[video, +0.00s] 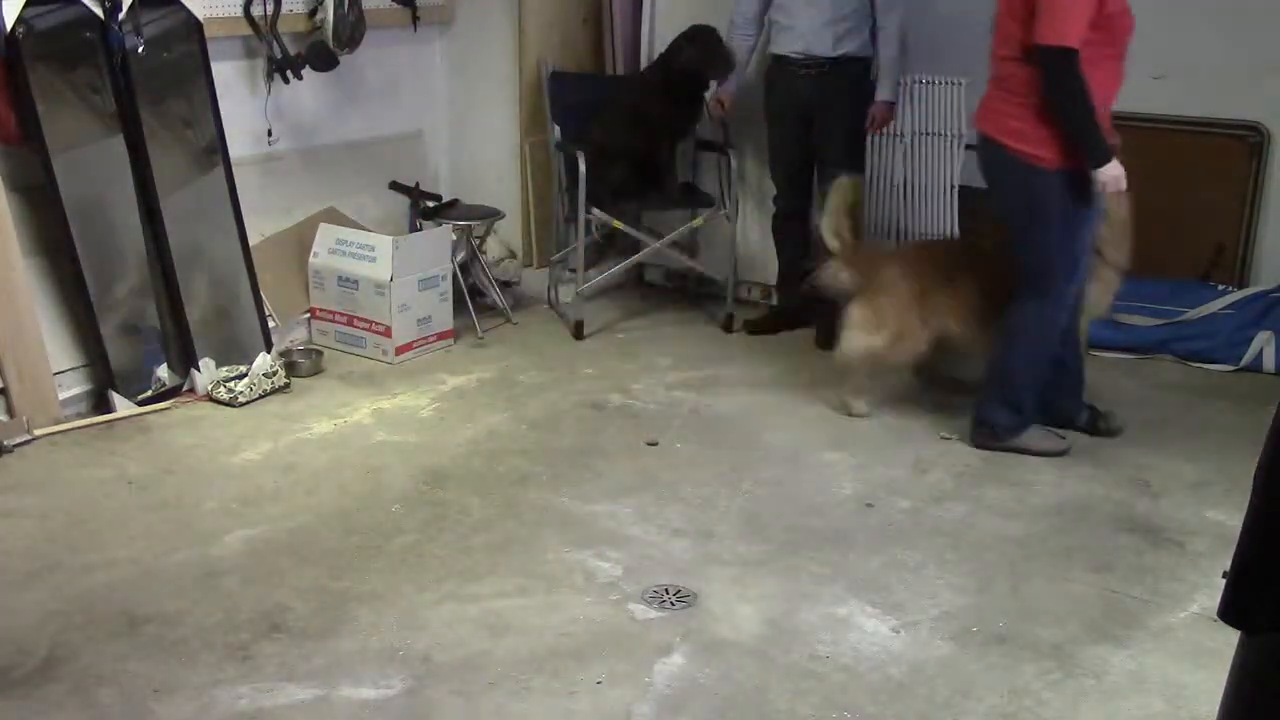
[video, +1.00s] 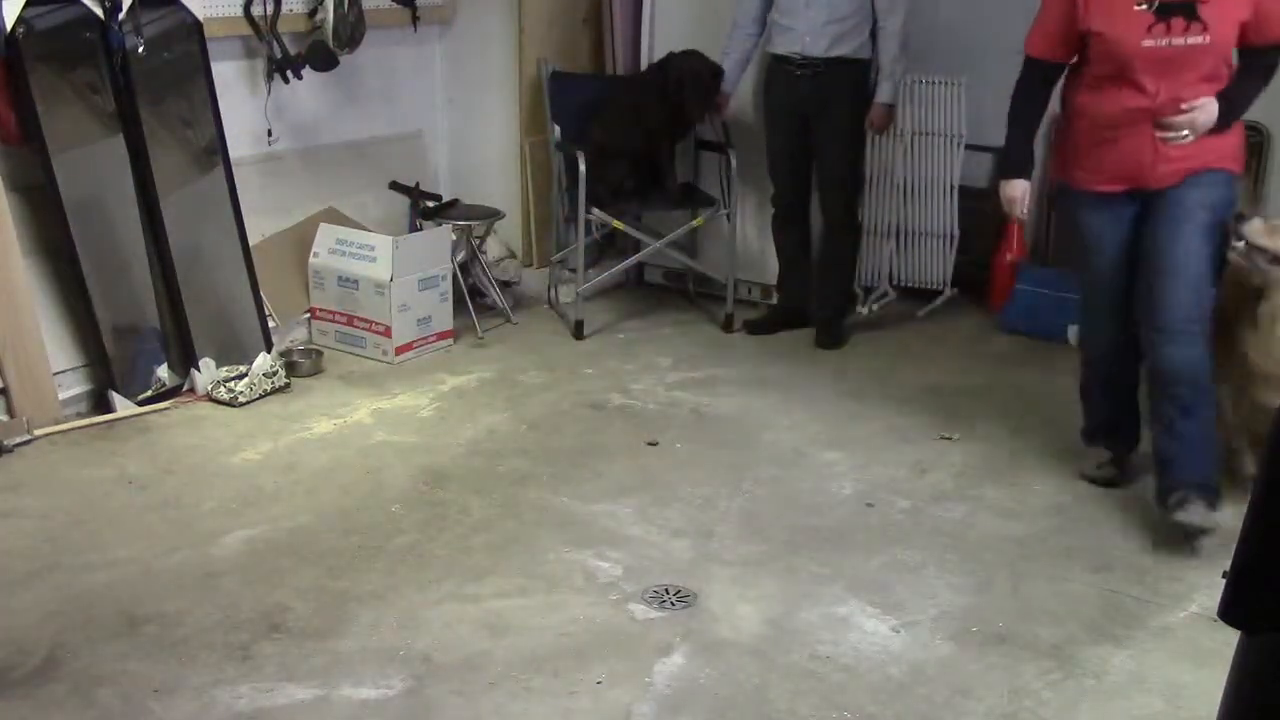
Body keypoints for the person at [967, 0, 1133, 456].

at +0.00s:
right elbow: (1056, 61)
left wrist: (1095, 135)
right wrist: (1099, 156)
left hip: (1061, 144)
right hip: (1031, 143)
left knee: (1066, 281)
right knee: (1046, 284)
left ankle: (1060, 404)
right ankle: (1000, 420)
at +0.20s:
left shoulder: (1130, 8)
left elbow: (1107, 64)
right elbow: (1049, 49)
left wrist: (1120, 152)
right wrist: (1067, 158)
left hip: (1098, 152)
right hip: (1064, 154)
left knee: (1083, 279)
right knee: (1102, 278)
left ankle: (1064, 403)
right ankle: (1012, 405)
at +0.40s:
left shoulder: (1179, 8)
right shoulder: (1083, 5)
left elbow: (1149, 60)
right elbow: (1041, 54)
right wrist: (1023, 150)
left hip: (1144, 151)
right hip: (1081, 147)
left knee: (1106, 280)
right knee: (1119, 279)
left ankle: (1058, 400)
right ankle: (1095, 422)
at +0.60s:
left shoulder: (1203, 3)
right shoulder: (1082, 4)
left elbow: (1202, 47)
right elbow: (1035, 67)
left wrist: (1207, 87)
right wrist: (1011, 157)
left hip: (1168, 156)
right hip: (1089, 154)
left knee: (1135, 297)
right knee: (1119, 297)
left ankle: (1060, 397)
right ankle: (1107, 435)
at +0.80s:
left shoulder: (1229, 2)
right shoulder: (1076, 4)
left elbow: (1240, 39)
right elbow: (1039, 59)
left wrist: (1219, 92)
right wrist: (1016, 154)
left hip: (1186, 157)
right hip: (1092, 156)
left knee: (1190, 296)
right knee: (1109, 302)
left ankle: (1134, 410)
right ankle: (1104, 435)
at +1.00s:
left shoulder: (1244, 3)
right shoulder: (1076, 3)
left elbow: (1265, 49)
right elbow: (1041, 65)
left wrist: (1224, 106)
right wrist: (1015, 163)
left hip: (1195, 158)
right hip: (1100, 163)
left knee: (1178, 321)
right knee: (1105, 320)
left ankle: (1188, 486)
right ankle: (1113, 443)